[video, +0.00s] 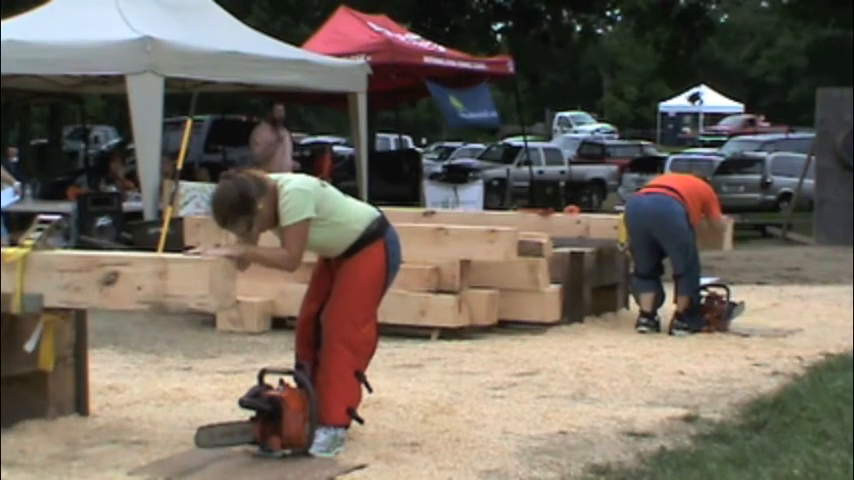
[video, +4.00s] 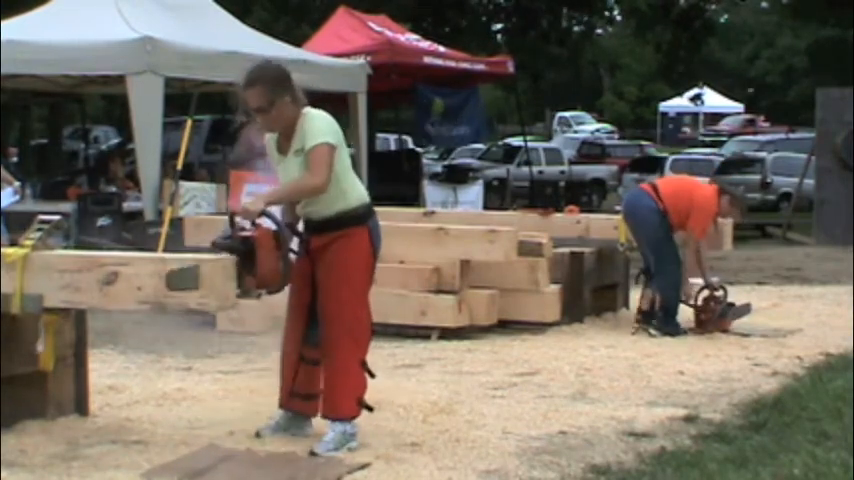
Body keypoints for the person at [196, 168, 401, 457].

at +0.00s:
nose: (252, 233)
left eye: (251, 227)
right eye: (244, 231)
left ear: (260, 204)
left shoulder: (296, 195)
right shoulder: (262, 194)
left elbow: (291, 260)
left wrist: (244, 253)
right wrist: (232, 250)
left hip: (371, 247)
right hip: (336, 254)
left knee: (338, 325)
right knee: (309, 322)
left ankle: (334, 425)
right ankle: (309, 413)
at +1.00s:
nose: (244, 227)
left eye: (242, 219)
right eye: (238, 224)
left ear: (256, 198)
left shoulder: (302, 198)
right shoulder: (263, 214)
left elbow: (325, 262)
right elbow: (277, 267)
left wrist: (281, 281)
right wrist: (264, 293)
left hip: (374, 245)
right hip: (337, 254)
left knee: (338, 322)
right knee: (309, 322)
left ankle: (336, 426)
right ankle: (310, 414)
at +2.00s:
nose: (235, 258)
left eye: (233, 248)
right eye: (230, 252)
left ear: (250, 232)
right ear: (248, 235)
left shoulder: (287, 231)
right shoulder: (271, 265)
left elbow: (307, 296)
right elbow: (303, 313)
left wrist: (295, 359)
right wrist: (316, 373)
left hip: (388, 262)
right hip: (361, 271)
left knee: (339, 333)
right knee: (324, 330)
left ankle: (340, 429)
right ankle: (348, 412)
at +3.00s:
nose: (263, 147)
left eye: (264, 136)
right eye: (256, 141)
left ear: (288, 122)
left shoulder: (316, 146)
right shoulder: (286, 166)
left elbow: (352, 189)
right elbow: (309, 216)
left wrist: (307, 218)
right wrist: (308, 256)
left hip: (373, 237)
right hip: (338, 244)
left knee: (354, 323)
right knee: (327, 323)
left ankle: (356, 418)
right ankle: (337, 412)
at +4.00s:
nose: (260, 120)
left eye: (265, 109)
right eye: (254, 113)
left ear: (290, 99)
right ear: (252, 111)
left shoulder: (318, 124)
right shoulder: (274, 141)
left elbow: (319, 180)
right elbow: (290, 199)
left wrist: (267, 198)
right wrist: (283, 244)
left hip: (349, 233)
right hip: (313, 237)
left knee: (342, 324)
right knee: (302, 323)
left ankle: (344, 423)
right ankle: (297, 413)